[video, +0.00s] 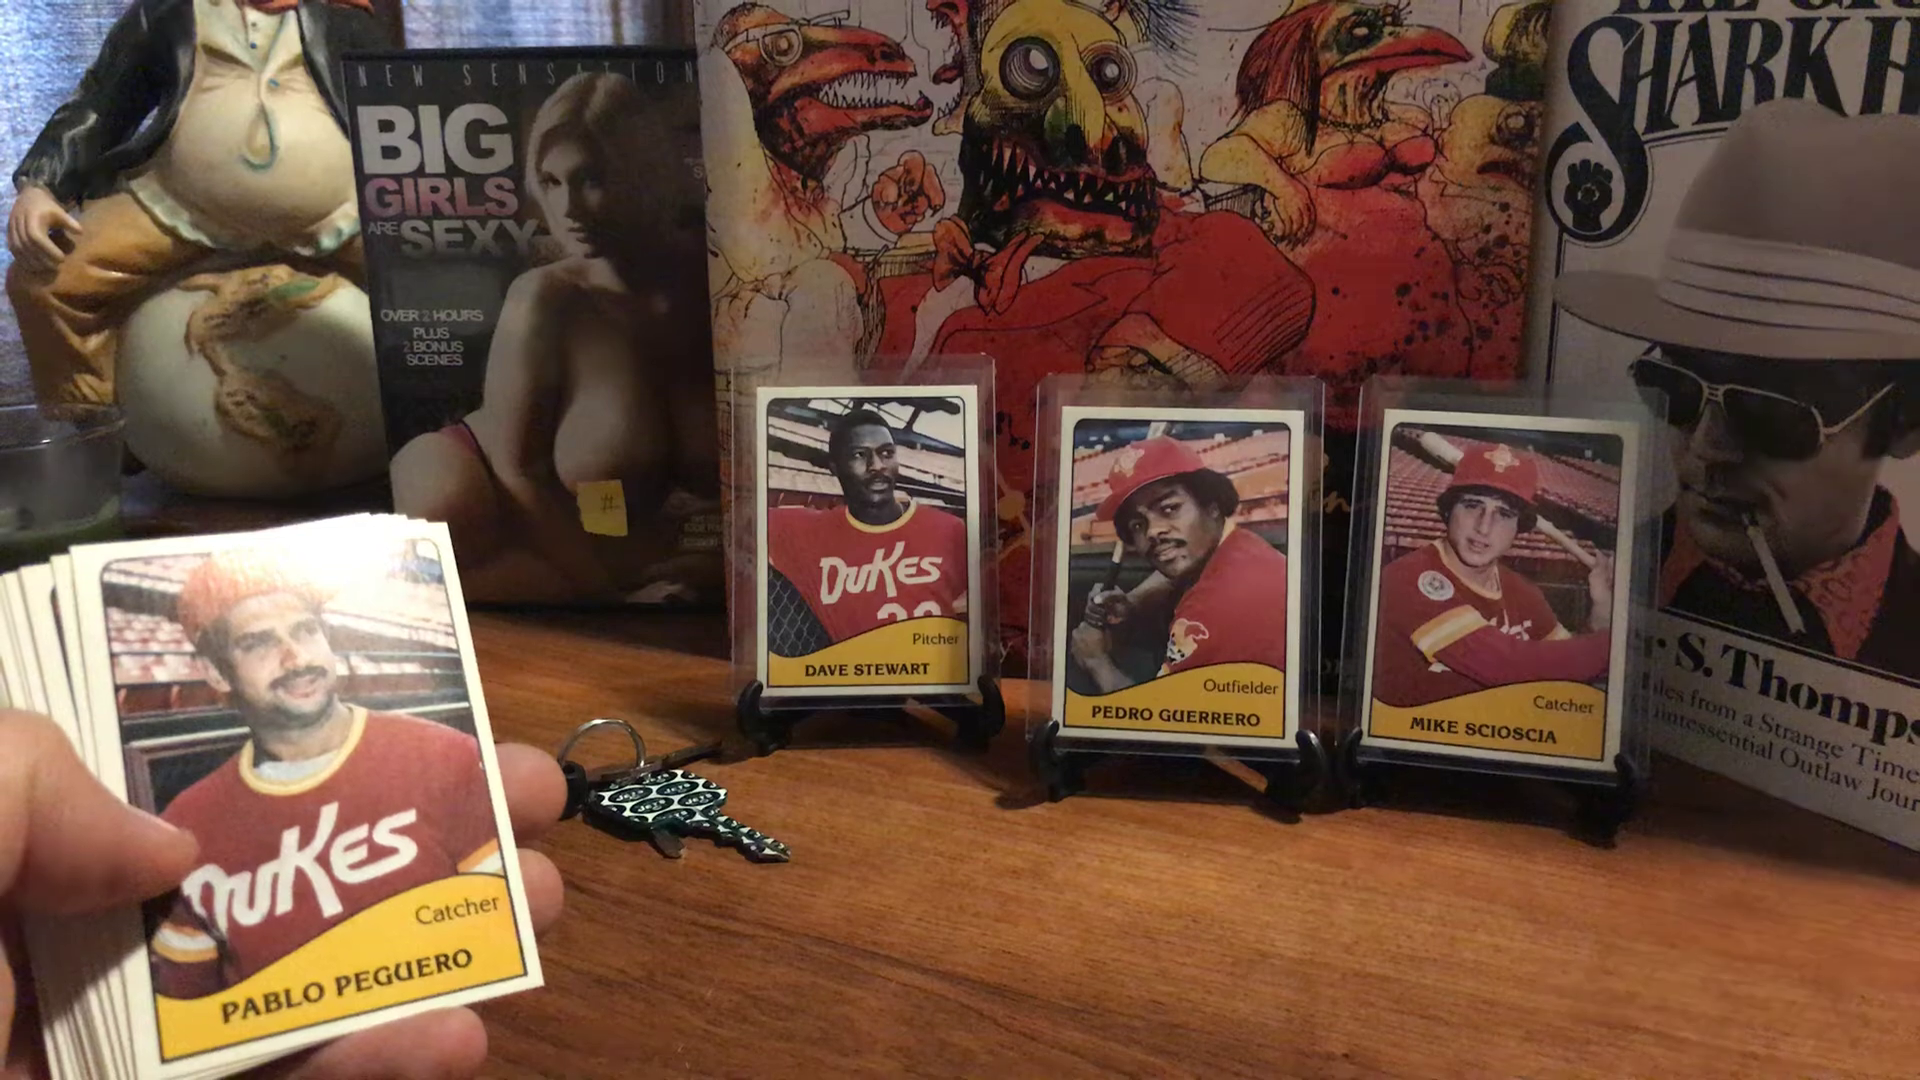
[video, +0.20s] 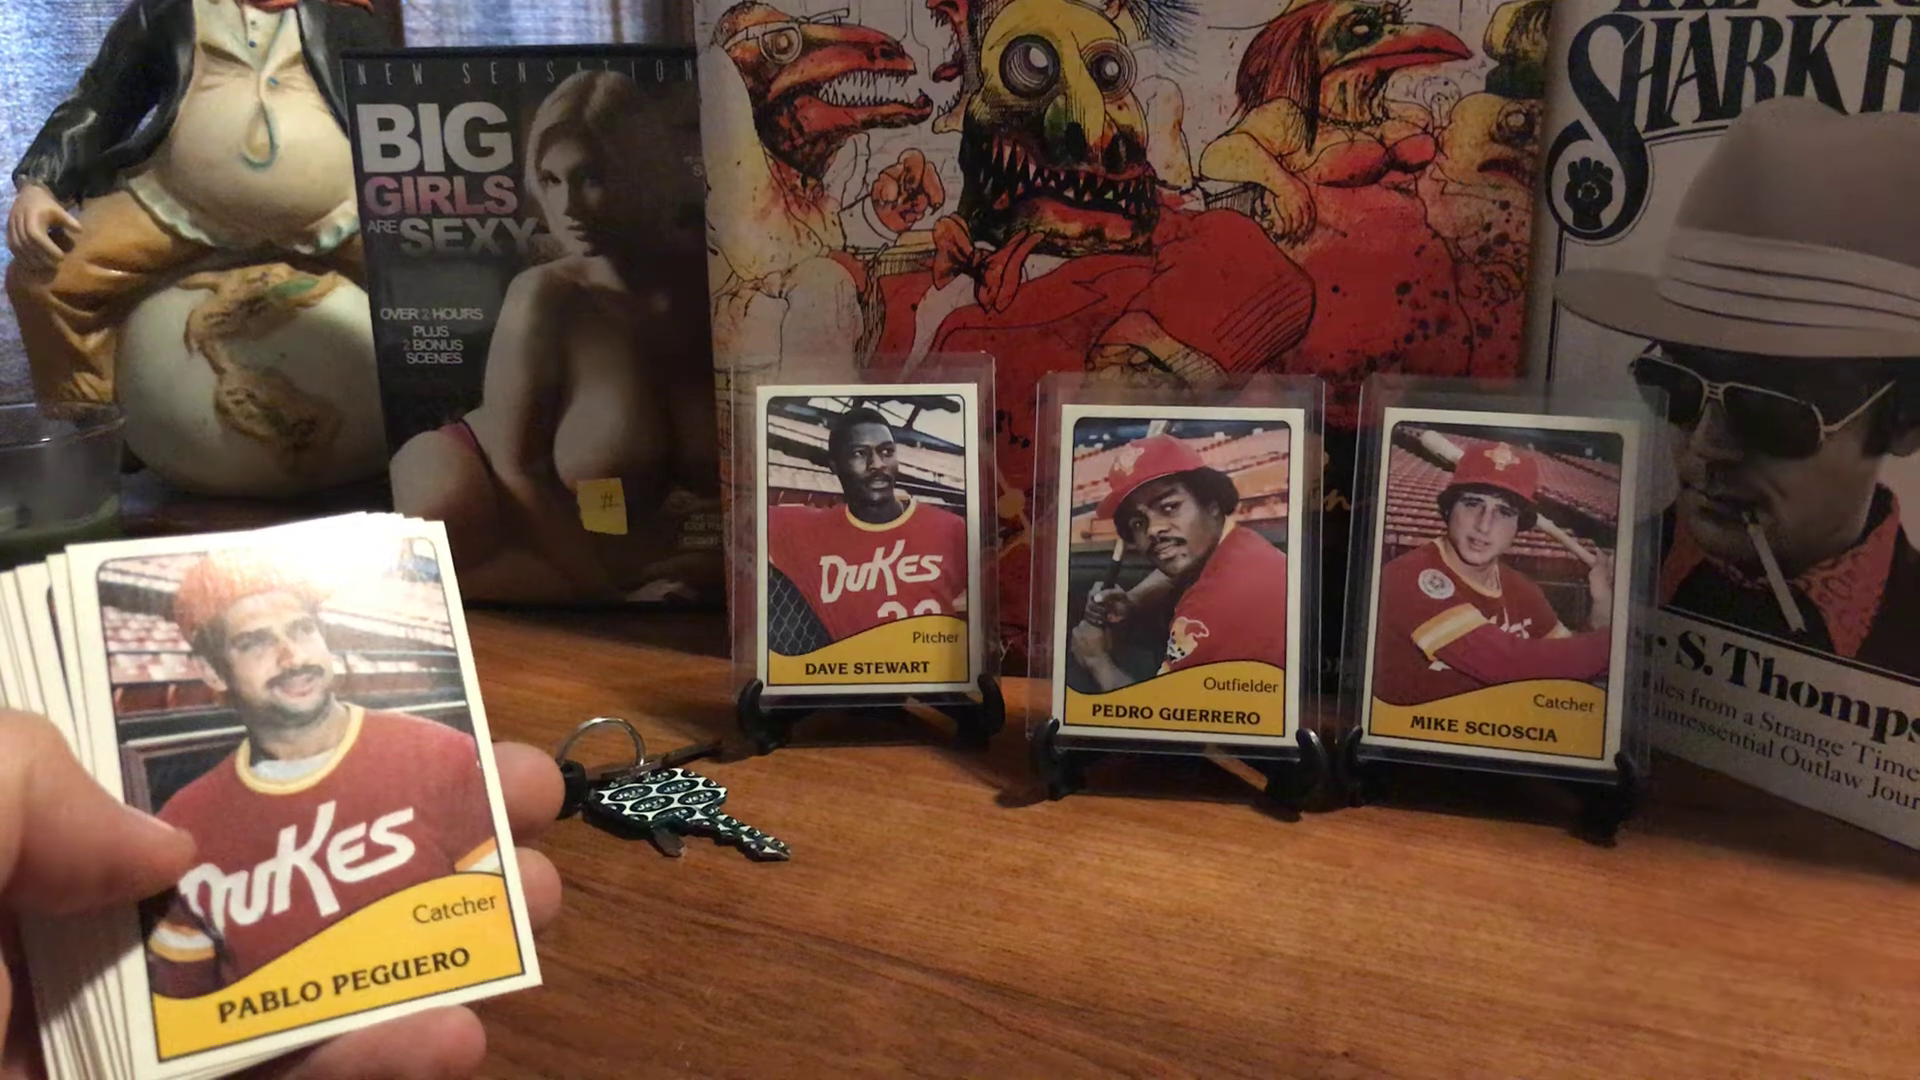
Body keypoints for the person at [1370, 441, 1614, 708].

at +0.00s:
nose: (1483, 526)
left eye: (1503, 514)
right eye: (1473, 505)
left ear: (1518, 529)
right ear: (1449, 510)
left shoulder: (1522, 593)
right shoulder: (1410, 579)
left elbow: (1573, 673)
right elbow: (1501, 665)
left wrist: (1602, 607)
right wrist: (1621, 642)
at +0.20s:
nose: (1484, 525)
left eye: (1504, 512)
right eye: (1473, 503)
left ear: (1518, 527)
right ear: (1449, 508)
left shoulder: (1522, 592)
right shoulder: (1411, 578)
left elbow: (1573, 671)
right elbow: (1503, 663)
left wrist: (1603, 606)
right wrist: (1621, 640)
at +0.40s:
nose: (1484, 526)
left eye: (1503, 513)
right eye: (1473, 505)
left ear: (1518, 528)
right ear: (1449, 509)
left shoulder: (1522, 592)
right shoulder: (1411, 578)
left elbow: (1574, 671)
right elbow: (1502, 664)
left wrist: (1603, 606)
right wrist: (1619, 642)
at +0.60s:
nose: (1484, 525)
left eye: (1504, 513)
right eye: (1473, 505)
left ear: (1518, 527)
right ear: (1448, 508)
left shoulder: (1521, 591)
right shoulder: (1411, 578)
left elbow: (1577, 668)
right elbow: (1503, 664)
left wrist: (1601, 592)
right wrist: (1620, 642)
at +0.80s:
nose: (1484, 525)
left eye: (1504, 513)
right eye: (1473, 504)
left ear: (1518, 527)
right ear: (1448, 508)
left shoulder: (1522, 590)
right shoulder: (1411, 578)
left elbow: (1568, 661)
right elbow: (1502, 664)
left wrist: (1630, 634)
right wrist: (1625, 642)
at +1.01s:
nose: (1484, 525)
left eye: (1503, 512)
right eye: (1473, 505)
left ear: (1518, 526)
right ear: (1448, 509)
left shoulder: (1523, 591)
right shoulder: (1411, 578)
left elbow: (1570, 662)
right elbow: (1503, 664)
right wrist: (1621, 641)